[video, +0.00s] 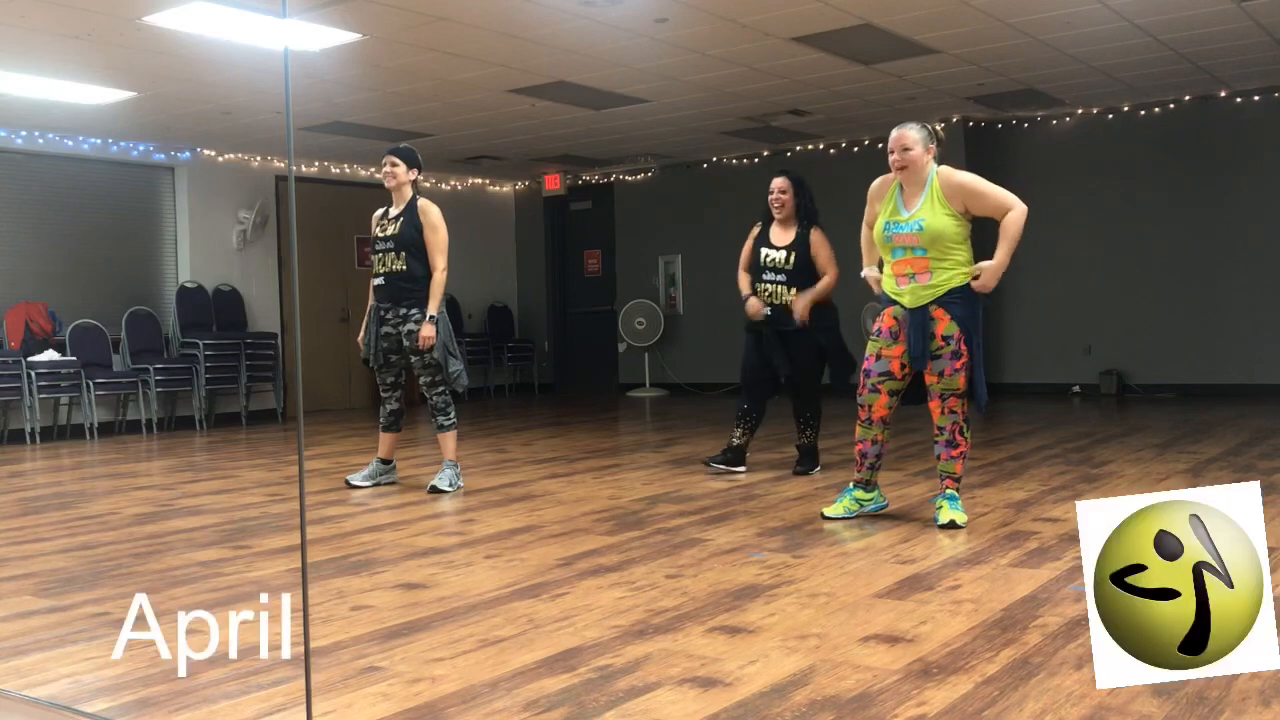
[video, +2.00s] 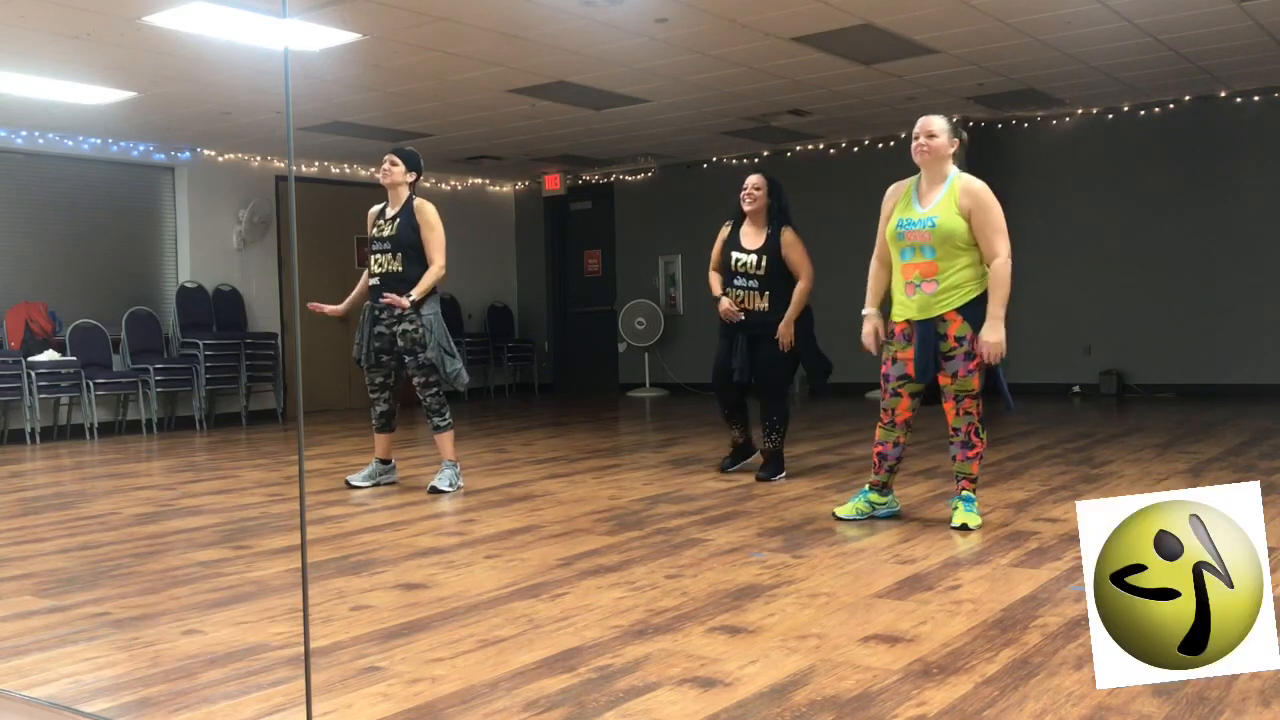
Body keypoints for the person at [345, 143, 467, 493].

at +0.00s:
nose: (385, 170)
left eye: (393, 166)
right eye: (384, 166)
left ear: (413, 173)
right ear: (383, 173)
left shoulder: (426, 210)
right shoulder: (379, 217)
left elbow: (440, 268)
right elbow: (378, 275)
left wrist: (430, 319)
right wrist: (366, 323)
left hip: (417, 314)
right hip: (383, 316)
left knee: (436, 391)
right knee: (389, 392)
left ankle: (451, 468)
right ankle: (384, 464)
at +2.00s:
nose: (384, 169)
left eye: (393, 165)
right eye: (383, 164)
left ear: (411, 175)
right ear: (382, 174)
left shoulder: (422, 209)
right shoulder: (374, 215)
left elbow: (437, 266)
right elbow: (373, 269)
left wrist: (411, 298)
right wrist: (343, 307)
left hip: (413, 314)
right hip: (377, 314)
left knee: (429, 389)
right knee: (380, 390)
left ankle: (450, 467)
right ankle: (382, 464)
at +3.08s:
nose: (377, 170)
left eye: (386, 167)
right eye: (376, 165)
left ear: (403, 178)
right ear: (373, 175)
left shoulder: (417, 213)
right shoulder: (362, 219)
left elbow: (436, 266)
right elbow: (358, 276)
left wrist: (443, 313)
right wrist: (332, 313)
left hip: (412, 311)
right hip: (374, 314)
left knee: (419, 380)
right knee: (373, 385)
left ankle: (446, 461)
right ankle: (383, 464)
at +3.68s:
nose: (394, 172)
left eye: (403, 168)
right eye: (393, 167)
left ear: (421, 180)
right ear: (390, 178)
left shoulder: (432, 209)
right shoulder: (390, 222)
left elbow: (446, 263)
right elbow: (398, 279)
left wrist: (430, 309)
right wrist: (367, 316)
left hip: (431, 313)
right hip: (397, 314)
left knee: (431, 386)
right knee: (363, 374)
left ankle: (452, 467)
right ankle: (378, 452)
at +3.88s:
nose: (390, 166)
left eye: (399, 163)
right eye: (389, 162)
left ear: (416, 174)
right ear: (386, 172)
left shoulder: (431, 207)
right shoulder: (378, 216)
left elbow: (450, 259)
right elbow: (379, 271)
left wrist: (450, 306)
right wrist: (351, 312)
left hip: (425, 312)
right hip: (386, 313)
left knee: (435, 387)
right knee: (388, 388)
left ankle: (452, 467)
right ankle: (389, 463)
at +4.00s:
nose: (387, 167)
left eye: (395, 164)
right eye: (386, 162)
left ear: (412, 175)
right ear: (382, 172)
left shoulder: (427, 210)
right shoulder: (370, 217)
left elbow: (447, 262)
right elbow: (368, 273)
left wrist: (458, 310)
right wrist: (336, 307)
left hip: (421, 312)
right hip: (382, 315)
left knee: (431, 386)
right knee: (386, 389)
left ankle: (452, 466)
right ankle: (390, 463)